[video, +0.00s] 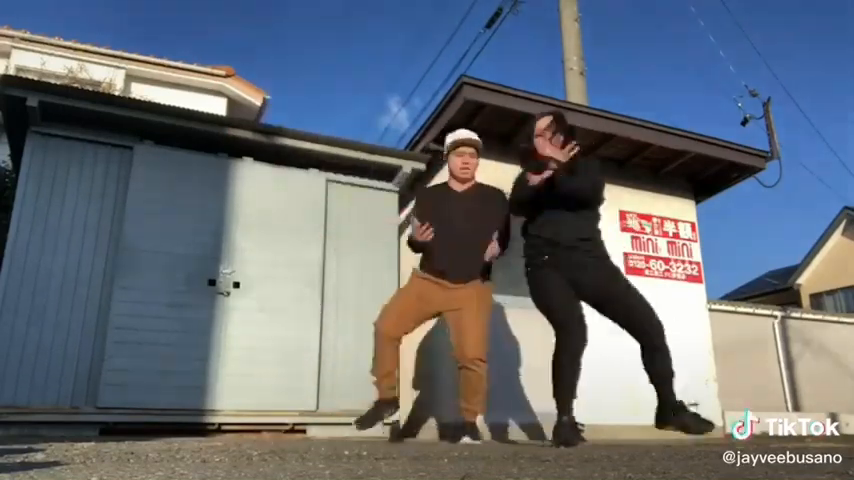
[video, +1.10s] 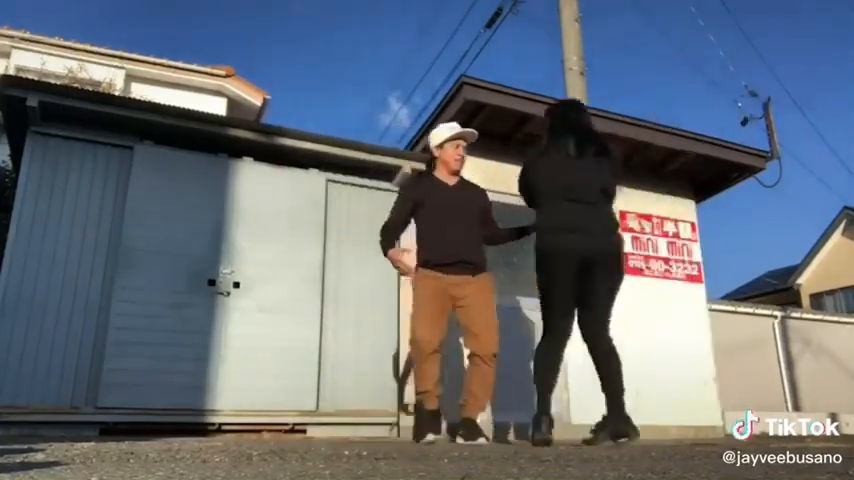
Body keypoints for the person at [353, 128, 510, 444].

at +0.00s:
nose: (466, 161)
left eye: (472, 156)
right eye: (460, 155)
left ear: (479, 162)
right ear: (448, 160)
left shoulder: (495, 199)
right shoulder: (429, 195)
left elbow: (504, 236)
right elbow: (413, 243)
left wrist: (496, 248)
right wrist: (417, 239)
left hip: (471, 290)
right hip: (427, 285)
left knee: (472, 357)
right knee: (386, 328)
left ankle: (470, 423)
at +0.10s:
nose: (455, 159)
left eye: (460, 154)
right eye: (448, 153)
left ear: (465, 159)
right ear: (434, 157)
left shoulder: (474, 198)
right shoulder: (415, 188)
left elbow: (482, 240)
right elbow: (395, 230)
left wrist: (500, 243)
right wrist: (405, 247)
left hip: (454, 288)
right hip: (409, 283)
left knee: (468, 355)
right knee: (371, 343)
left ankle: (468, 424)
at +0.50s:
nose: (424, 150)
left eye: (426, 145)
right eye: (417, 143)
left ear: (427, 152)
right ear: (398, 146)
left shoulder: (430, 190)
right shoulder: (369, 181)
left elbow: (466, 218)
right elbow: (351, 220)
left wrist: (510, 210)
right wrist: (357, 235)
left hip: (413, 278)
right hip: (368, 279)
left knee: (439, 344)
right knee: (355, 347)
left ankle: (468, 414)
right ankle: (334, 419)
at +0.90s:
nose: (440, 155)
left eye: (443, 150)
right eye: (434, 148)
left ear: (445, 155)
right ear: (415, 150)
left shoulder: (450, 194)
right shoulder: (389, 188)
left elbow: (466, 237)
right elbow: (362, 227)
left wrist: (496, 229)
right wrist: (377, 248)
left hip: (447, 282)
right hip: (402, 281)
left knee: (465, 347)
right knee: (371, 345)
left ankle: (467, 421)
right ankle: (339, 417)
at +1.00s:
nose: (451, 156)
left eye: (453, 151)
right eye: (444, 150)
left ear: (455, 156)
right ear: (427, 153)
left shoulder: (464, 195)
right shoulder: (407, 189)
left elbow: (476, 237)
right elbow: (377, 230)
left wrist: (513, 228)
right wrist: (382, 254)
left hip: (465, 284)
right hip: (421, 281)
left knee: (481, 348)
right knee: (394, 343)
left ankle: (468, 420)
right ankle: (376, 412)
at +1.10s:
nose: (461, 154)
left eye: (464, 148)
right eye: (454, 148)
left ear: (465, 152)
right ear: (437, 151)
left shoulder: (476, 193)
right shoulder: (417, 187)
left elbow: (491, 236)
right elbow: (391, 228)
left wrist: (529, 229)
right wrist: (391, 250)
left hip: (475, 280)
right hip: (431, 278)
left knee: (486, 349)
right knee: (425, 343)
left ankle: (469, 419)